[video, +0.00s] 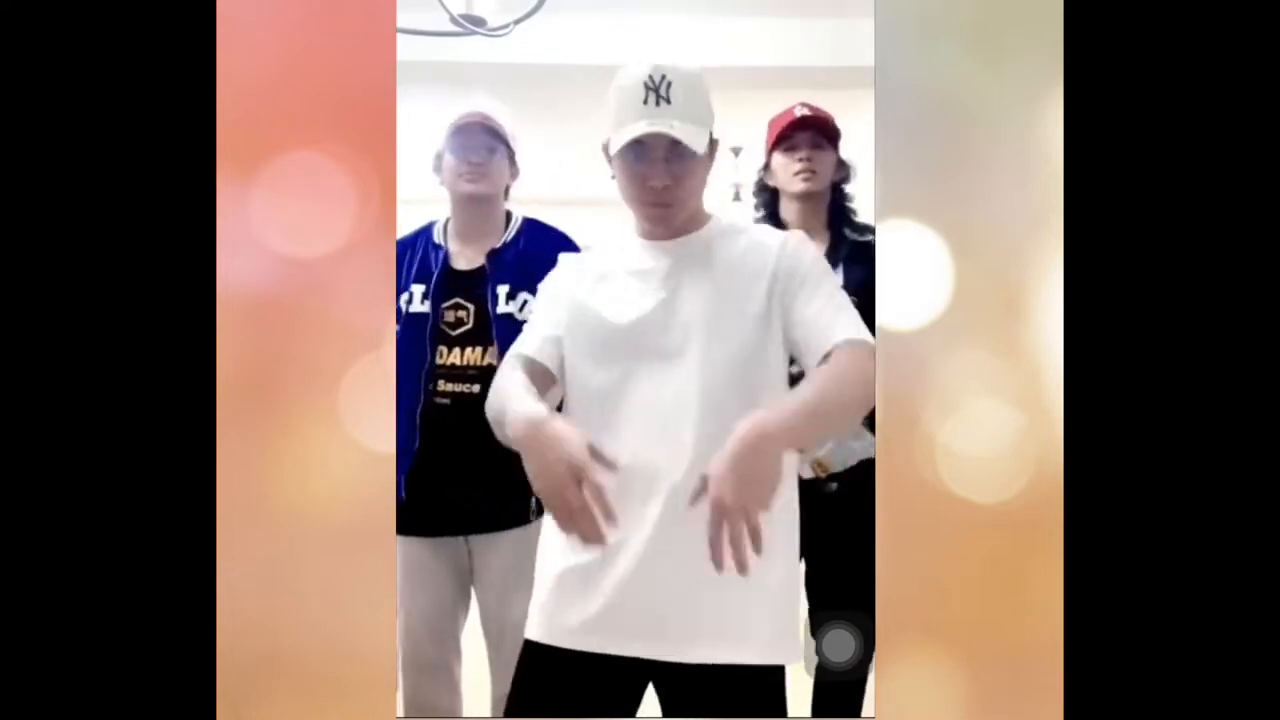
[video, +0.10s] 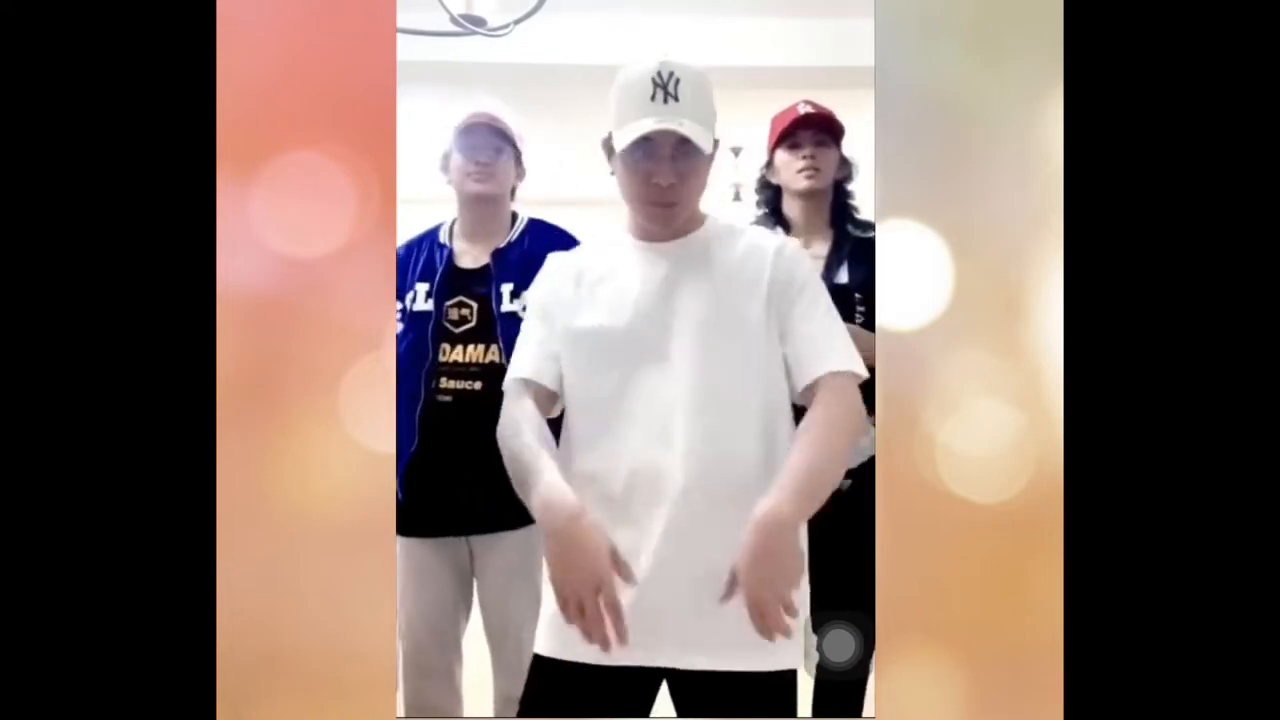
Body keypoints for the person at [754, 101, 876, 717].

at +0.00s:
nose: (805, 159)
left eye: (818, 149)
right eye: (791, 149)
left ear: (838, 165)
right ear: (769, 166)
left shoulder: (873, 250)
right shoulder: (742, 253)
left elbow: (898, 350)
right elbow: (724, 355)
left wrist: (856, 416)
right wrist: (773, 424)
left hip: (852, 468)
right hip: (764, 463)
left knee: (846, 634)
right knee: (754, 627)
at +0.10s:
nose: (809, 157)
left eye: (822, 146)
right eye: (794, 146)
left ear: (840, 164)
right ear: (771, 165)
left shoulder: (875, 248)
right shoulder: (743, 251)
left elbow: (897, 358)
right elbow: (723, 348)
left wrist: (818, 321)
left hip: (852, 464)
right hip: (762, 457)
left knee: (845, 632)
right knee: (754, 624)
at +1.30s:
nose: (795, 160)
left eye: (808, 150)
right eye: (781, 150)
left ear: (825, 167)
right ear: (754, 164)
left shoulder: (858, 254)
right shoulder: (727, 245)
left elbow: (889, 351)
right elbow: (705, 345)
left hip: (839, 466)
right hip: (748, 464)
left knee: (842, 645)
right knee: (748, 639)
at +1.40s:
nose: (798, 162)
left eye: (811, 151)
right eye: (783, 151)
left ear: (827, 166)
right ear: (757, 167)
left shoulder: (862, 256)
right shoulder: (731, 252)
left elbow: (885, 364)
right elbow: (715, 364)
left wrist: (849, 449)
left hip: (848, 469)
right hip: (751, 467)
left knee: (846, 642)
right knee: (751, 630)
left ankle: (835, 719)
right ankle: (763, 716)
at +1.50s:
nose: (800, 156)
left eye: (813, 146)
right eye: (785, 145)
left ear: (829, 161)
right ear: (759, 162)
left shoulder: (866, 248)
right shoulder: (733, 249)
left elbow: (894, 351)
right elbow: (711, 351)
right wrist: (770, 277)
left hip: (850, 460)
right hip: (755, 459)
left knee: (843, 643)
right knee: (758, 633)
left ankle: (834, 716)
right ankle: (770, 712)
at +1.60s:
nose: (806, 149)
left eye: (818, 137)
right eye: (789, 138)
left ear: (832, 150)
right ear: (763, 154)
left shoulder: (859, 235)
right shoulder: (741, 237)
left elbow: (899, 322)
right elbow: (726, 336)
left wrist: (874, 242)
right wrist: (760, 236)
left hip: (850, 452)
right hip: (761, 449)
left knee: (841, 625)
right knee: (762, 619)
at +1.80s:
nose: (814, 151)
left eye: (826, 140)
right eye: (798, 139)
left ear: (839, 156)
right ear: (768, 152)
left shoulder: (869, 244)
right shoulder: (742, 246)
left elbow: (894, 340)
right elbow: (722, 351)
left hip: (846, 473)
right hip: (754, 466)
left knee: (840, 633)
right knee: (748, 622)